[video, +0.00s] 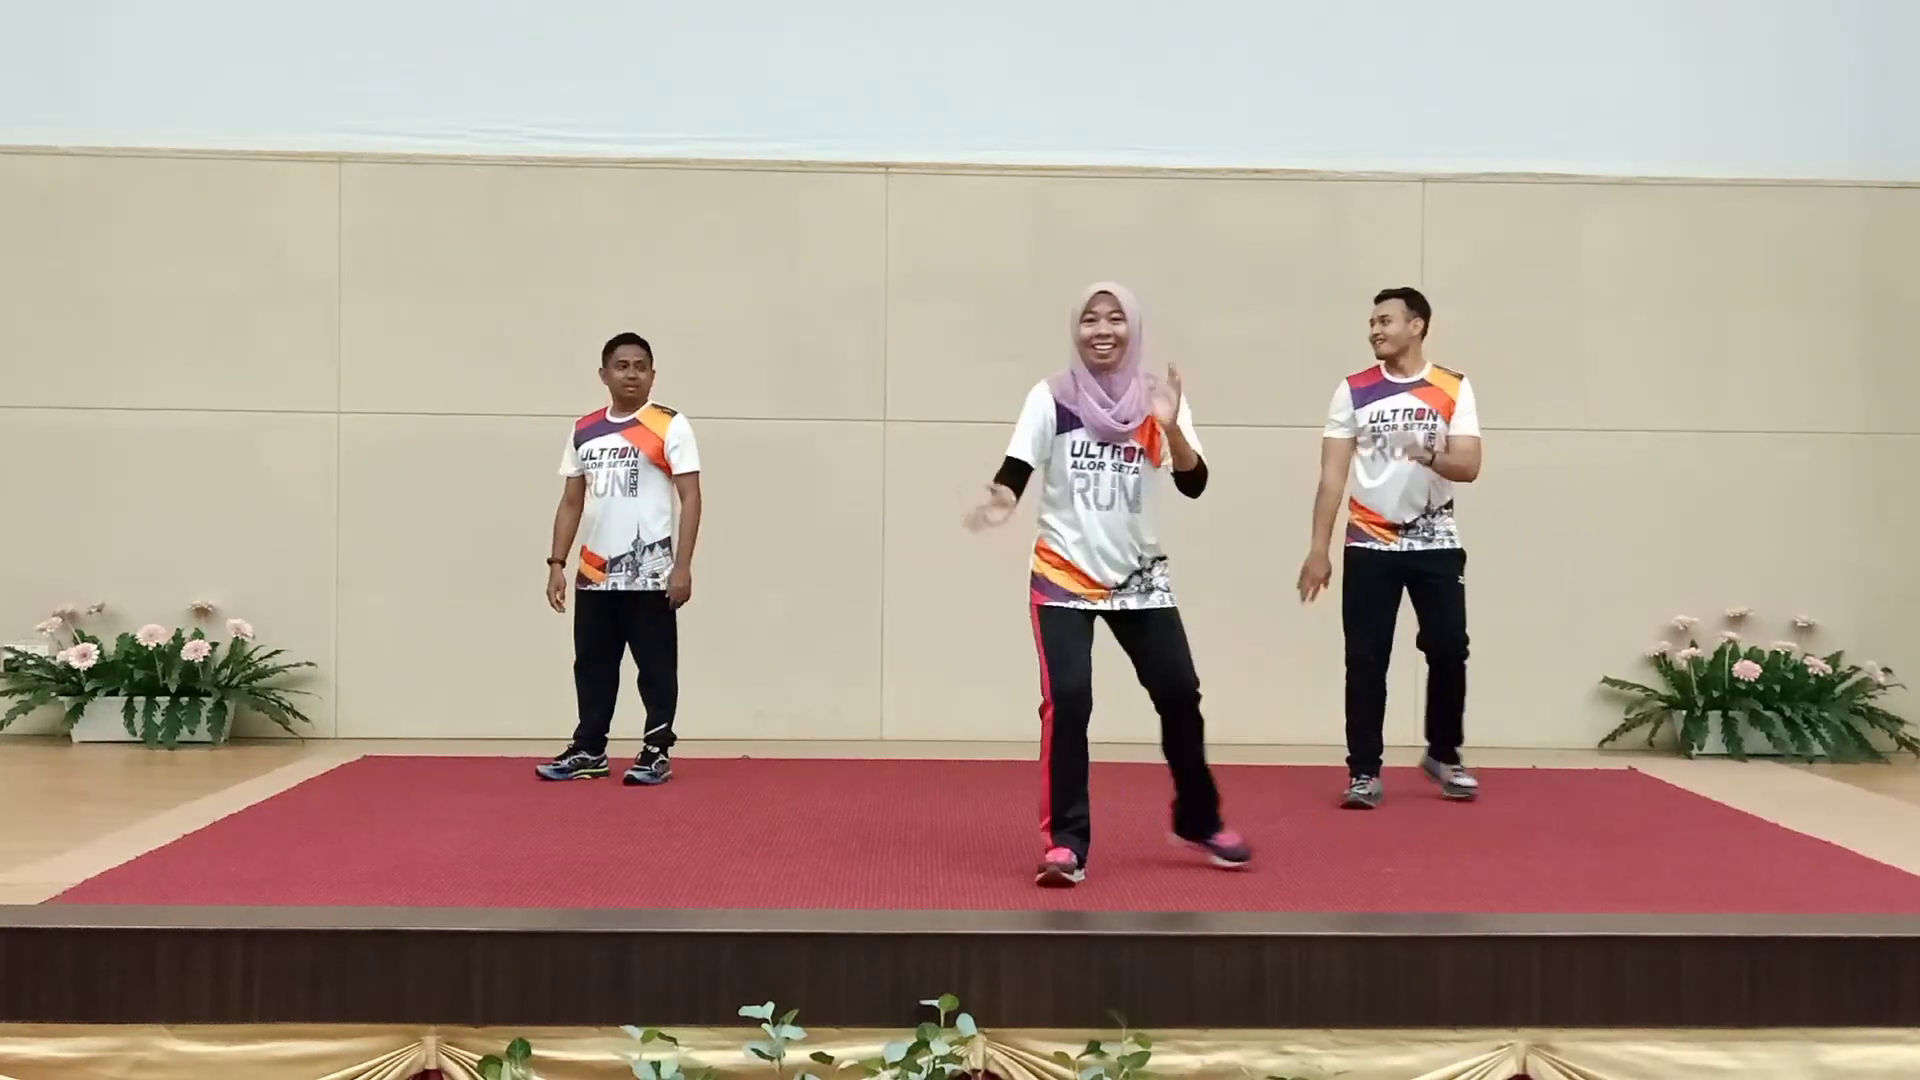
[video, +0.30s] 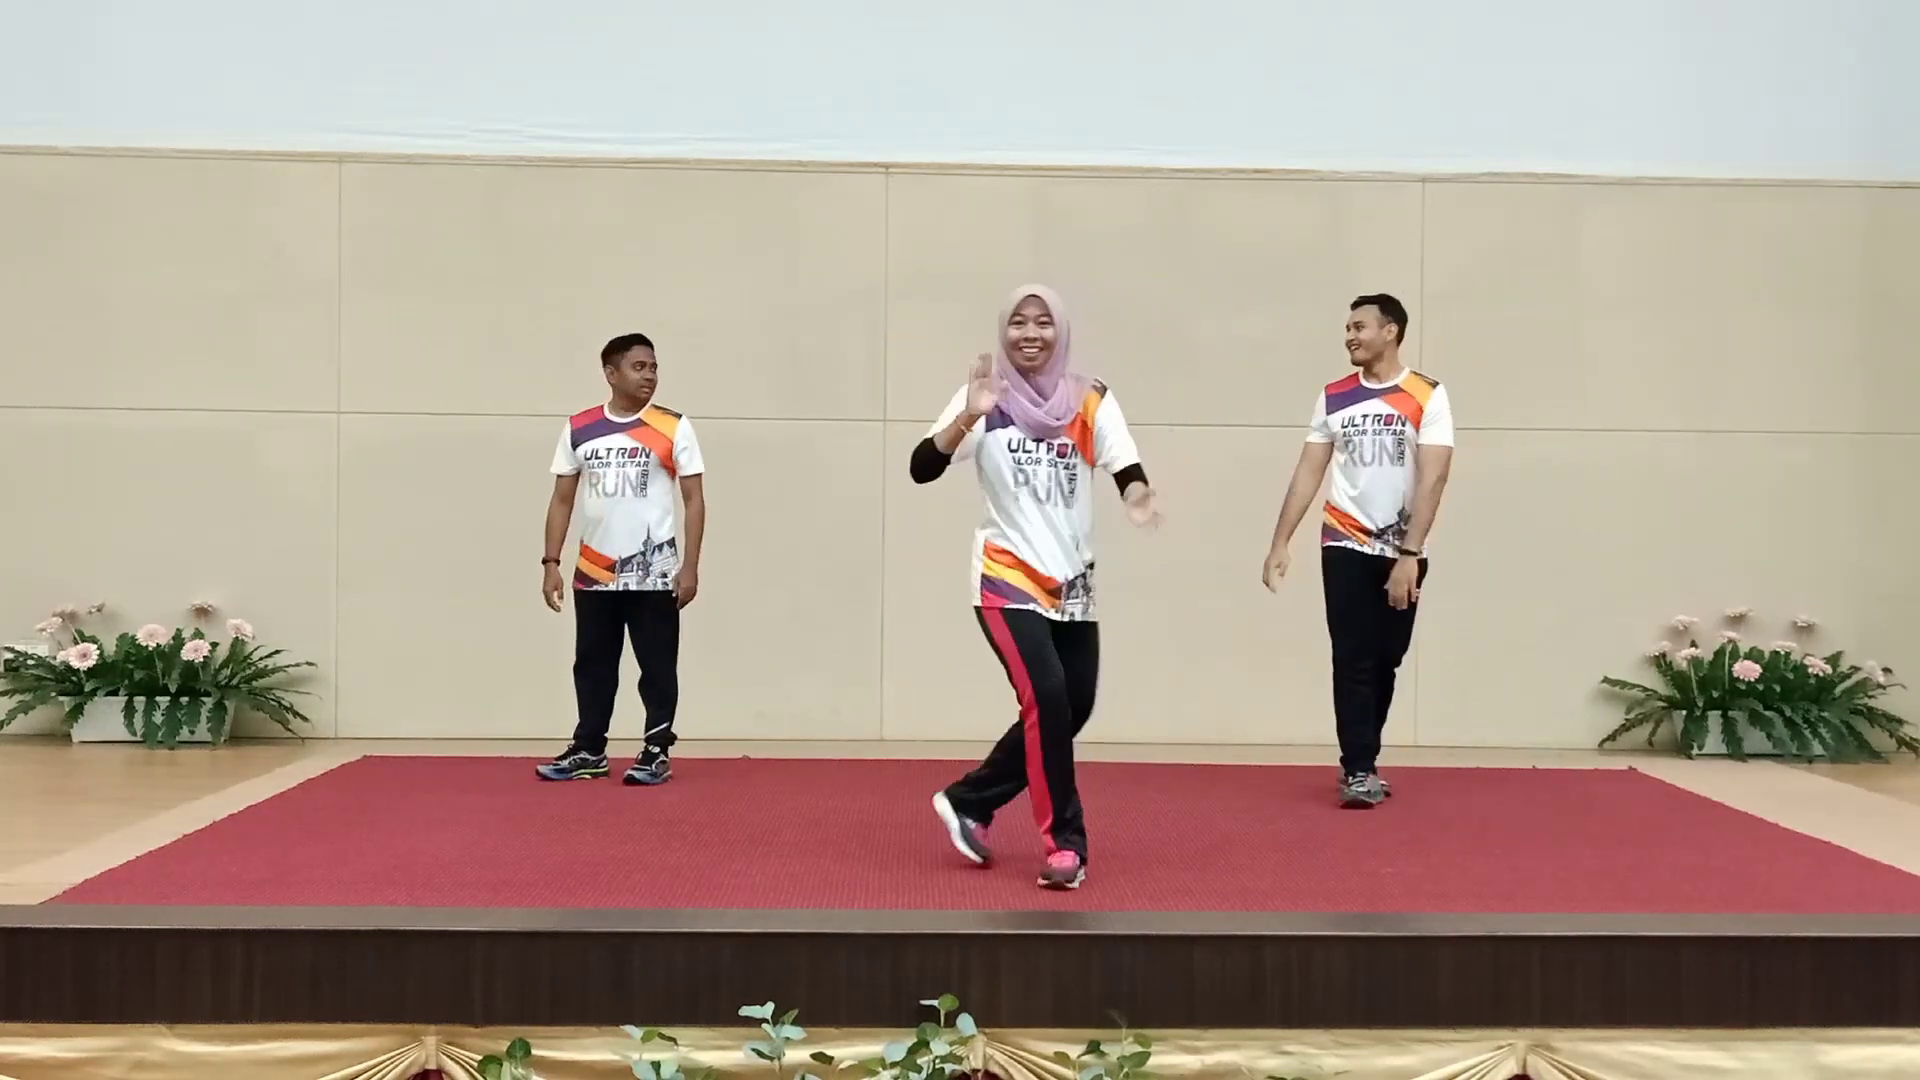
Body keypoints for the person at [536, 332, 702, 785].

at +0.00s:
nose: (632, 373)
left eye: (641, 366)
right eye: (622, 365)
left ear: (653, 373)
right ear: (604, 374)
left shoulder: (671, 427)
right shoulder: (584, 430)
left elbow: (691, 499)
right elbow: (571, 502)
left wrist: (683, 566)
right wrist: (557, 563)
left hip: (652, 575)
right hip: (596, 575)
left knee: (657, 670)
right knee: (593, 668)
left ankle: (656, 754)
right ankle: (589, 752)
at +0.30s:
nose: (649, 375)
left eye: (653, 368)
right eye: (639, 366)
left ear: (657, 373)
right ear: (611, 371)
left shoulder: (674, 429)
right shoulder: (578, 429)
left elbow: (694, 500)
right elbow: (562, 499)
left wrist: (691, 564)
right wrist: (551, 562)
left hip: (655, 575)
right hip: (596, 574)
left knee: (658, 669)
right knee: (592, 667)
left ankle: (656, 754)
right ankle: (589, 751)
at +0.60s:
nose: (657, 376)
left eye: (658, 368)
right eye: (647, 367)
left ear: (656, 373)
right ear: (615, 373)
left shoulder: (675, 431)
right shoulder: (578, 425)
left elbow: (688, 502)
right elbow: (558, 497)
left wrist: (690, 566)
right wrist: (554, 560)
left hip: (657, 573)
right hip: (596, 571)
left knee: (658, 667)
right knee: (593, 666)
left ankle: (657, 753)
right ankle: (588, 752)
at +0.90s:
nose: (657, 376)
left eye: (657, 368)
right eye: (647, 368)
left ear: (654, 373)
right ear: (616, 373)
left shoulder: (673, 430)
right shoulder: (578, 424)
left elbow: (686, 503)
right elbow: (561, 499)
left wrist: (690, 565)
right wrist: (567, 559)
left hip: (657, 570)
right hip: (596, 570)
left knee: (658, 666)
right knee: (593, 666)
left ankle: (657, 753)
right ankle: (588, 752)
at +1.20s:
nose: (657, 376)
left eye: (658, 368)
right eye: (647, 368)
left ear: (654, 374)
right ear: (615, 372)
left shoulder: (672, 431)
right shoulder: (577, 424)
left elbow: (684, 503)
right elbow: (559, 497)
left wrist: (686, 566)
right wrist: (562, 561)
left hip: (655, 569)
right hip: (595, 568)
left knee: (657, 666)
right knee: (592, 666)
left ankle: (658, 753)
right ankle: (588, 752)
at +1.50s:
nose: (655, 377)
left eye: (657, 370)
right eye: (645, 369)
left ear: (657, 376)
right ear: (614, 373)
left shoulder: (671, 431)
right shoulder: (576, 426)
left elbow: (685, 505)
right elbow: (555, 499)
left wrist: (687, 568)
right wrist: (550, 562)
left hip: (654, 572)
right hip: (594, 571)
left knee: (657, 667)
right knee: (592, 667)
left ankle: (658, 752)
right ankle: (588, 752)